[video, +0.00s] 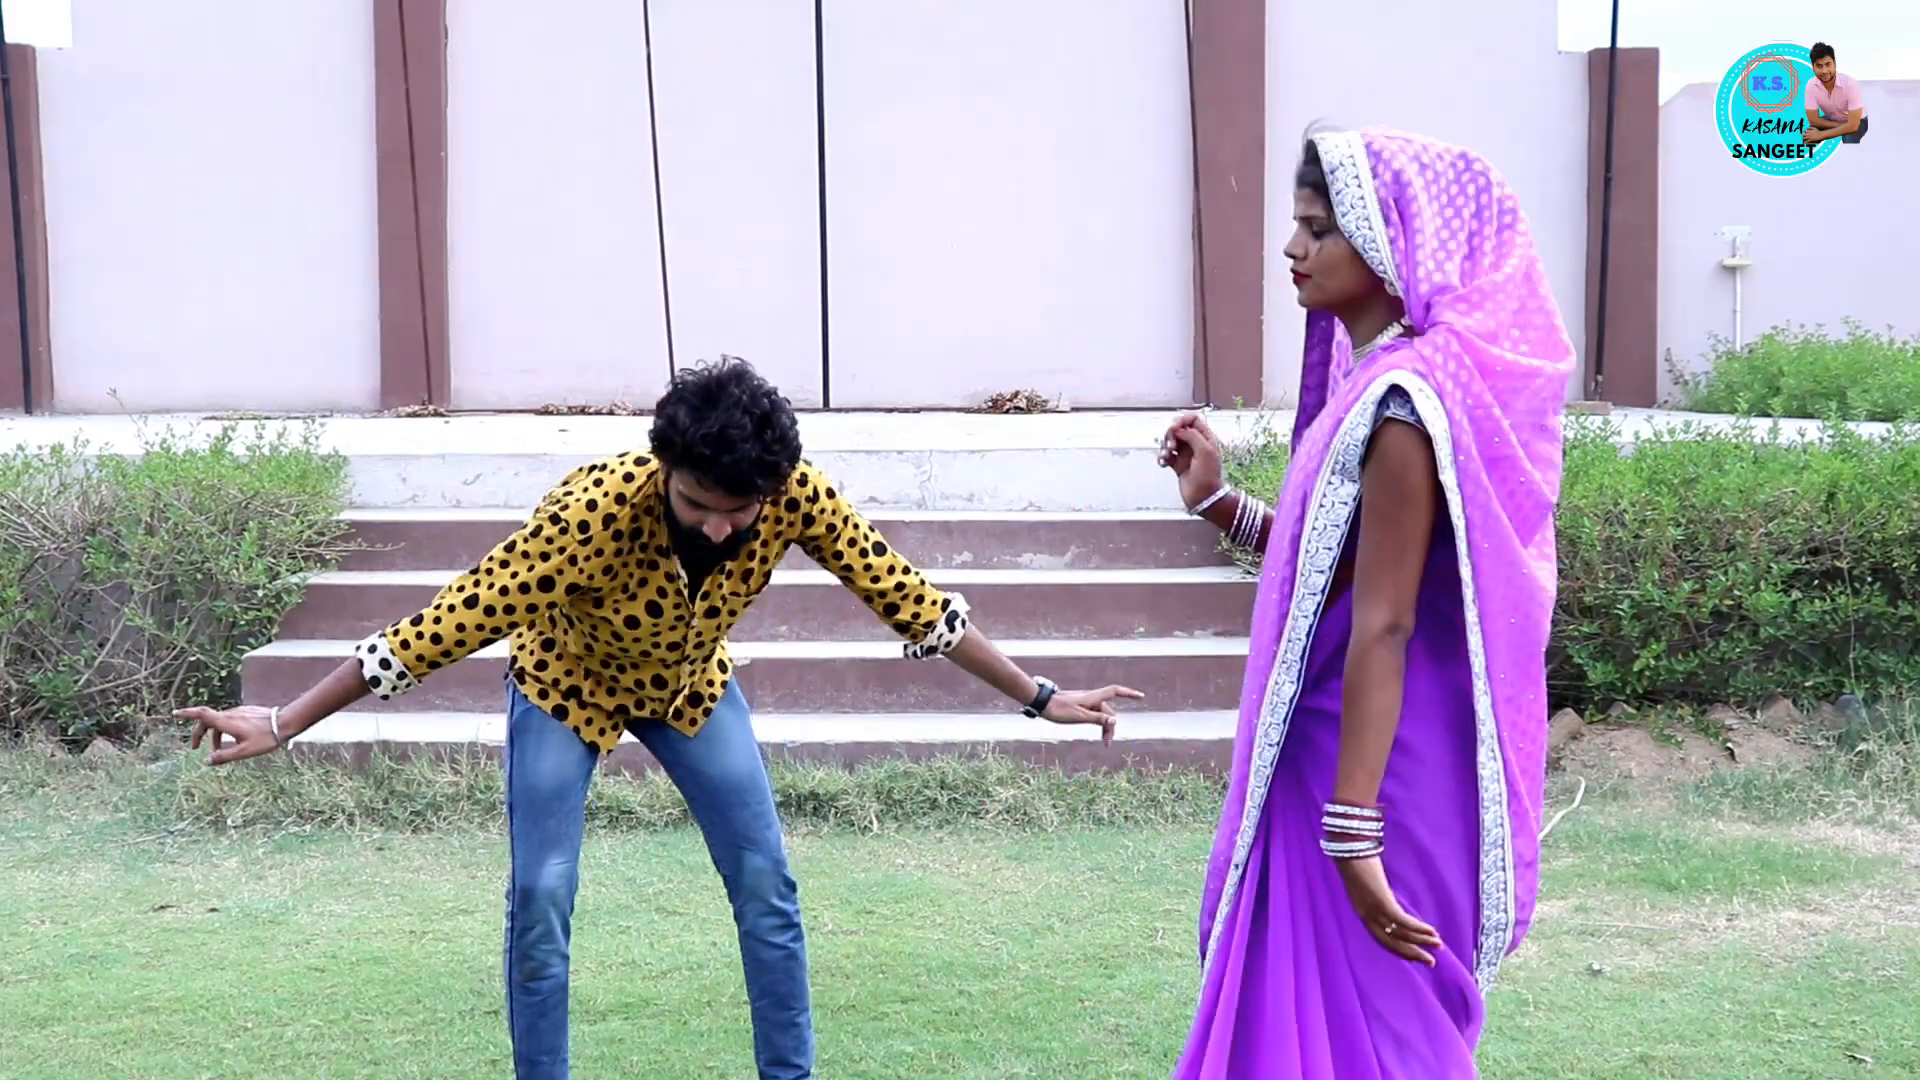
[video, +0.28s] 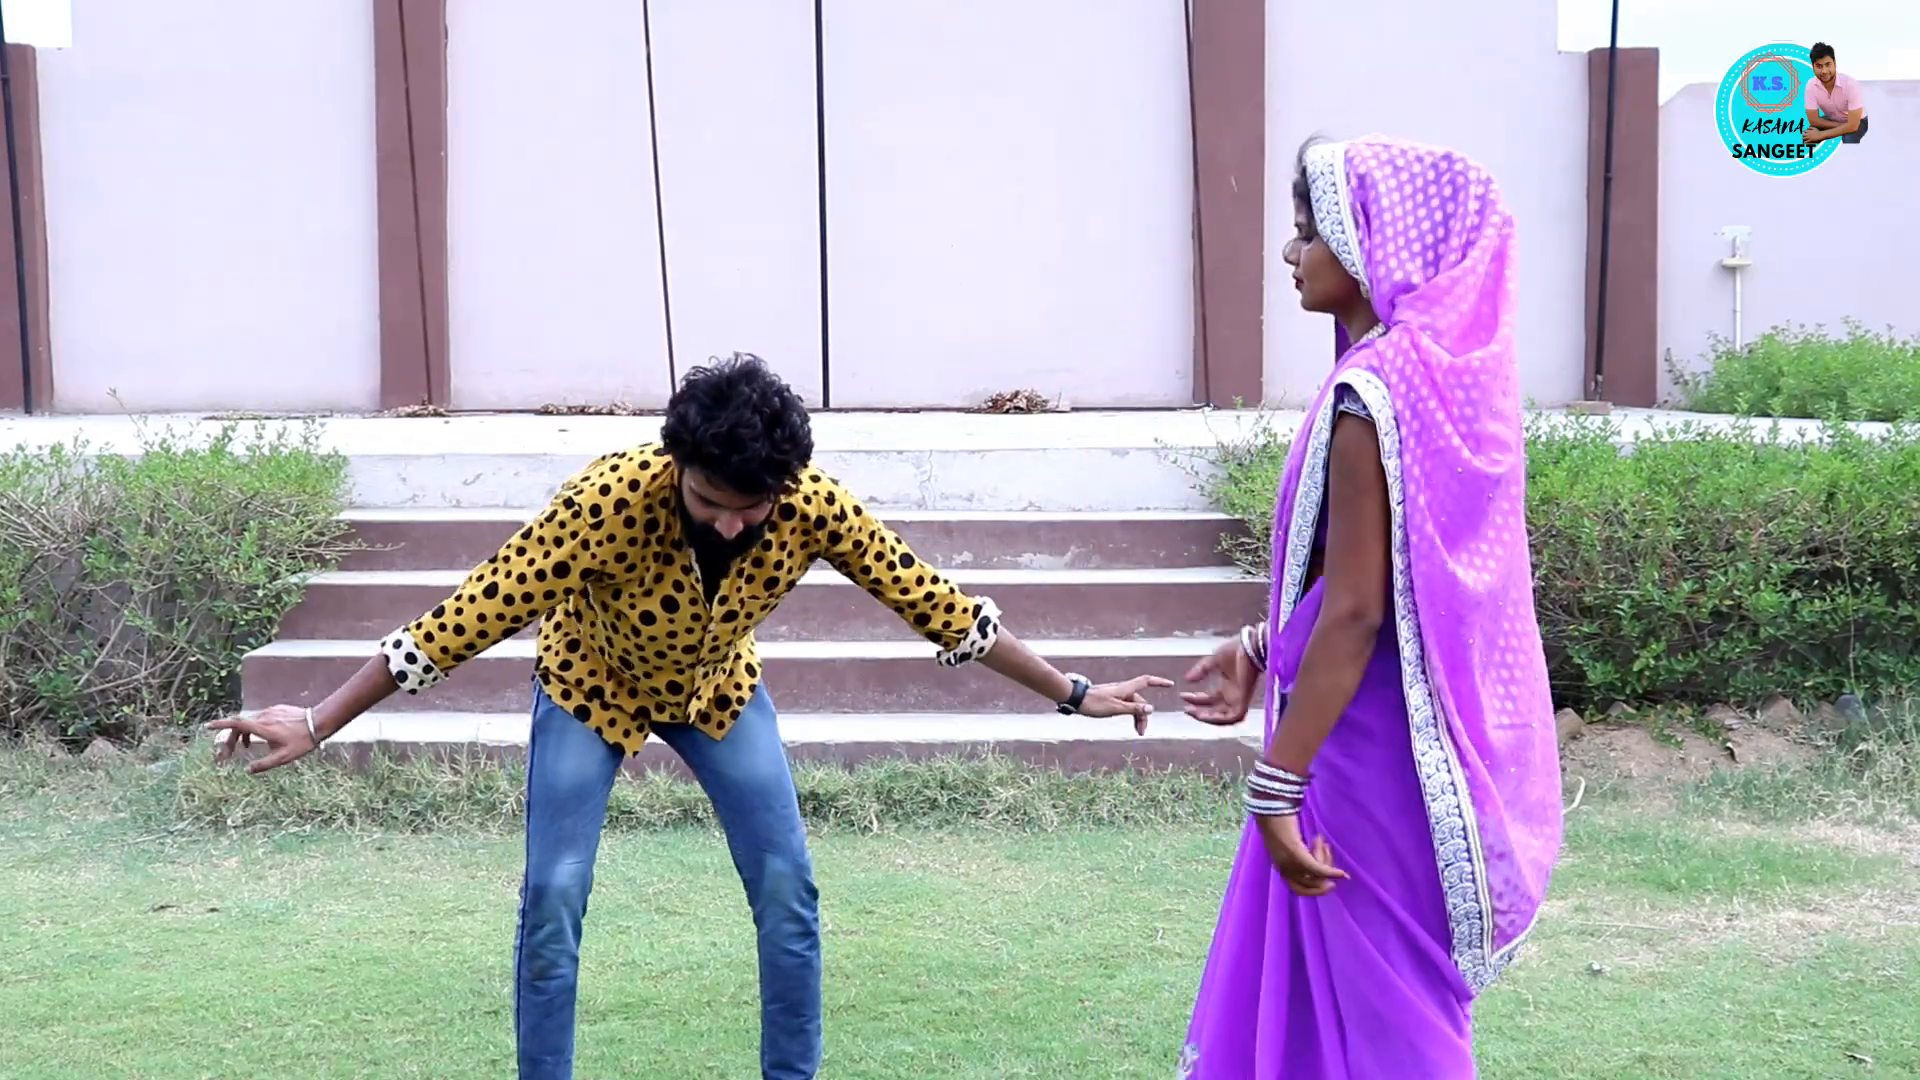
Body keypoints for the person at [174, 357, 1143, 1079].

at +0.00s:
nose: (724, 523)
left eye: (742, 506)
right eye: (706, 503)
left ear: (769, 482)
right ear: (666, 469)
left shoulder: (791, 492)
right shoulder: (596, 510)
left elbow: (904, 595)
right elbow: (451, 620)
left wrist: (1035, 697)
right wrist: (284, 722)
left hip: (688, 680)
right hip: (561, 683)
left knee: (767, 880)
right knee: (539, 897)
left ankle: (788, 1069)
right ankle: (542, 1074)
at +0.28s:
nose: (733, 521)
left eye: (753, 506)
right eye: (717, 501)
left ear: (782, 481)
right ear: (678, 465)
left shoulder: (806, 501)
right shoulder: (609, 504)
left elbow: (931, 601)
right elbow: (471, 613)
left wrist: (1070, 694)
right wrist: (317, 721)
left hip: (717, 683)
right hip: (588, 683)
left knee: (789, 890)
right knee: (552, 893)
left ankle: (792, 1074)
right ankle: (543, 1074)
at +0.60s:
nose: (755, 516)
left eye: (776, 501)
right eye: (739, 495)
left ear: (805, 475)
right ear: (702, 456)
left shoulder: (828, 492)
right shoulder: (633, 479)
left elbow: (941, 594)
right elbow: (489, 570)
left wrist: (1072, 690)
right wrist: (322, 652)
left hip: (736, 667)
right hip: (610, 665)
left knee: (793, 870)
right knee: (570, 885)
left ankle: (793, 1069)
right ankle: (546, 1071)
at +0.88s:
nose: (752, 513)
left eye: (774, 499)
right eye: (735, 491)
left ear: (808, 470)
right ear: (701, 446)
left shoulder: (829, 493)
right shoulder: (633, 477)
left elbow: (938, 602)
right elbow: (486, 577)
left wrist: (1064, 706)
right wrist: (327, 669)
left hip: (737, 666)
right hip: (610, 661)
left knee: (794, 881)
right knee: (571, 884)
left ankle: (794, 1070)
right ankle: (547, 1070)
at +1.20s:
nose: (734, 511)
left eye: (757, 496)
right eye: (717, 487)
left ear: (786, 474)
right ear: (681, 445)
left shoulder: (805, 528)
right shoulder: (610, 488)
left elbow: (917, 641)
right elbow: (477, 605)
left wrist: (1044, 734)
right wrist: (332, 723)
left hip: (738, 712)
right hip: (607, 711)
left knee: (818, 906)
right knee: (561, 916)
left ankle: (794, 1078)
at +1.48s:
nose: (713, 498)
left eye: (739, 487)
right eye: (703, 476)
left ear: (789, 470)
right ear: (688, 443)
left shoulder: (813, 468)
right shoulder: (627, 512)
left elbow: (869, 565)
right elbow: (449, 587)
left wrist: (967, 660)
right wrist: (269, 651)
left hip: (705, 648)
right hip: (585, 651)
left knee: (781, 833)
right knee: (555, 873)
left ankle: (759, 1058)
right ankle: (534, 1068)